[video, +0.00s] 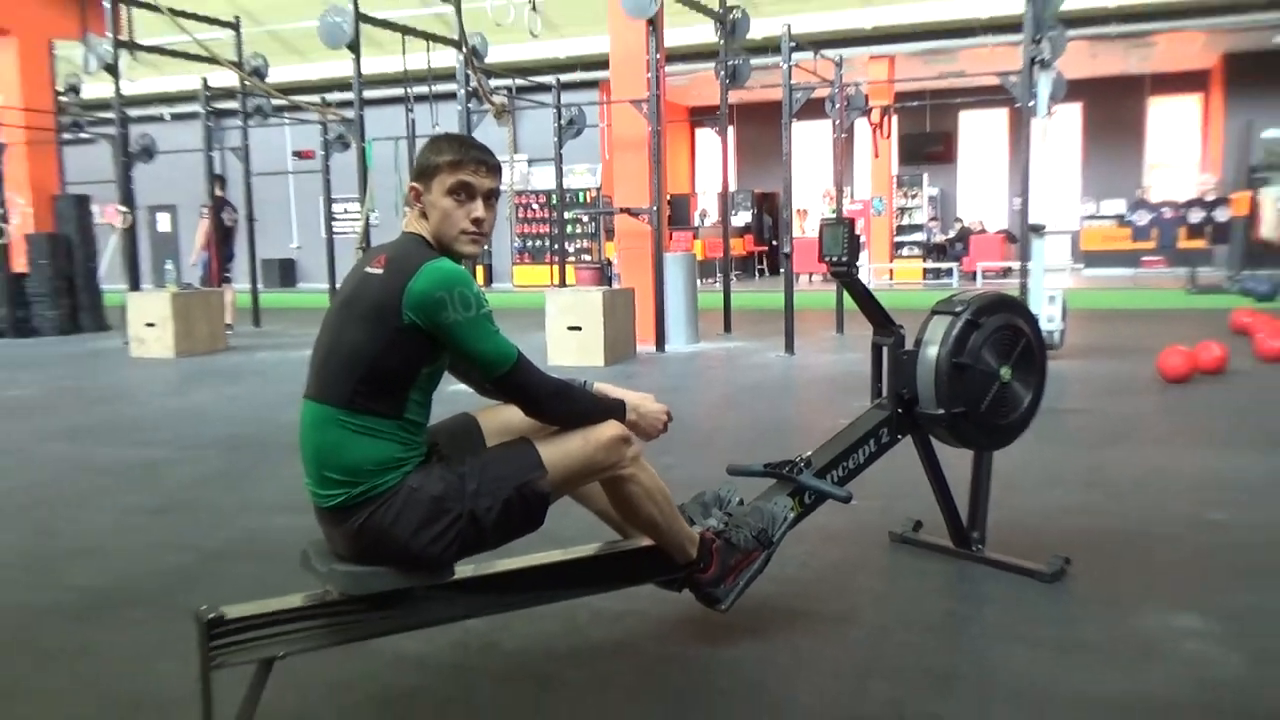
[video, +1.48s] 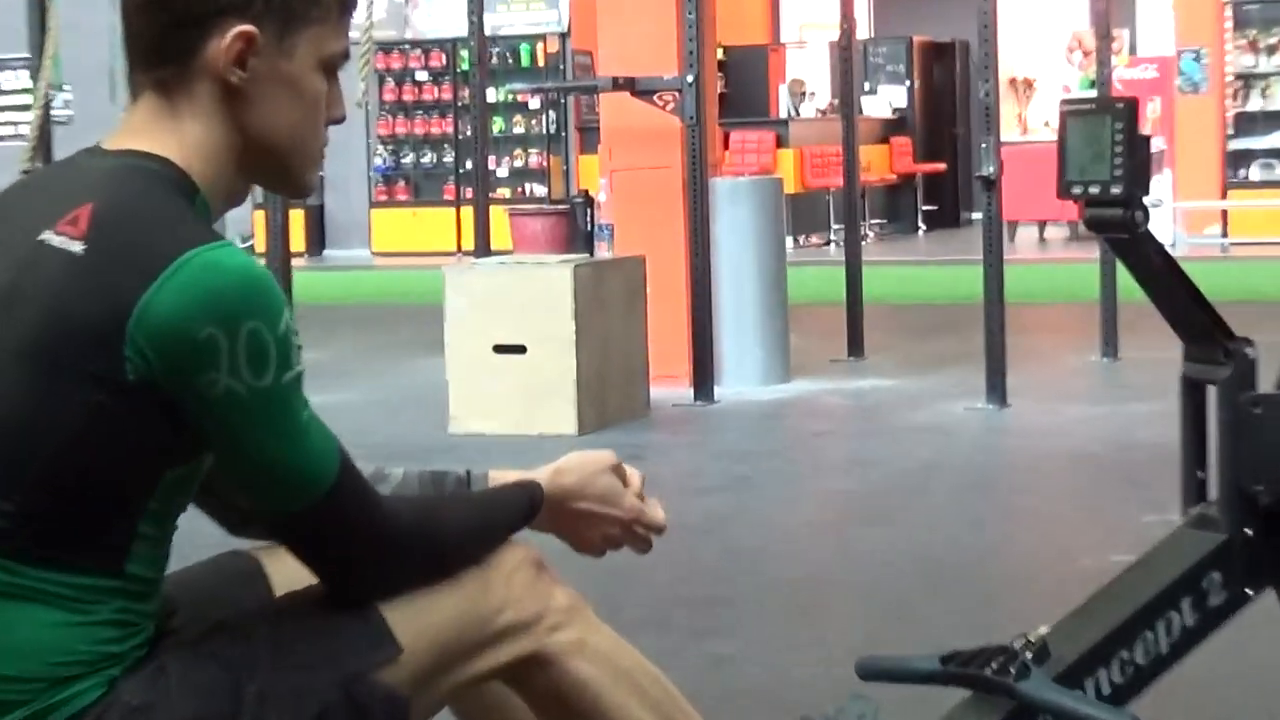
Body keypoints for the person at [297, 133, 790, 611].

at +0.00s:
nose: (481, 213)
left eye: (489, 199)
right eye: (462, 195)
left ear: (497, 204)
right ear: (417, 199)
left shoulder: (394, 262)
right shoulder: (436, 279)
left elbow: (499, 383)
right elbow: (537, 393)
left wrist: (607, 398)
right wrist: (627, 410)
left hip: (367, 479)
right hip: (386, 507)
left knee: (539, 414)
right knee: (610, 439)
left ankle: (660, 546)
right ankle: (701, 560)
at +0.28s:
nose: (529, 237)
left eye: (531, 223)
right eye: (523, 222)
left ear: (469, 218)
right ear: (478, 217)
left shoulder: (415, 271)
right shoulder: (459, 288)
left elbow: (507, 383)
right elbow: (554, 392)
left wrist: (607, 393)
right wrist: (630, 392)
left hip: (380, 481)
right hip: (414, 499)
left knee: (546, 412)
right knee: (615, 424)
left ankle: (657, 527)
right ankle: (696, 541)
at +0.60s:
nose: (523, 221)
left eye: (525, 205)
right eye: (518, 205)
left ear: (456, 198)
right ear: (475, 199)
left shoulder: (390, 258)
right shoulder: (452, 280)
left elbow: (475, 384)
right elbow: (545, 398)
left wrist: (592, 390)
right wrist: (618, 393)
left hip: (343, 497)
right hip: (384, 516)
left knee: (539, 415)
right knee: (609, 428)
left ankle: (652, 549)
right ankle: (705, 563)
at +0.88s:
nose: (479, 186)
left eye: (482, 166)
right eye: (473, 164)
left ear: (400, 152)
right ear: (417, 155)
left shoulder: (300, 238)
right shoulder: (394, 278)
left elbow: (423, 402)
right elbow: (490, 424)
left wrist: (566, 402)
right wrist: (591, 401)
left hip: (257, 542)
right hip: (311, 565)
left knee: (503, 443)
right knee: (579, 449)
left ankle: (660, 604)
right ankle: (729, 628)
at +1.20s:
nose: (407, 142)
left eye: (409, 115)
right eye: (398, 112)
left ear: (303, 104)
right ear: (327, 102)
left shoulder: (179, 222)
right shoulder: (303, 271)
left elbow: (342, 453)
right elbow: (441, 476)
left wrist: (539, 452)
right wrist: (574, 444)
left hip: (127, 621)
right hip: (200, 653)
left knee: (447, 506)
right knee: (566, 507)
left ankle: (654, 700)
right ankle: (735, 710)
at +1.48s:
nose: (340, 110)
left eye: (340, 75)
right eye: (328, 71)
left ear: (233, 63)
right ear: (238, 59)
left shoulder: (41, 204)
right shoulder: (205, 283)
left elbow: (250, 508)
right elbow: (368, 549)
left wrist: (499, 500)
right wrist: (541, 496)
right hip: (89, 700)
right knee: (514, 583)